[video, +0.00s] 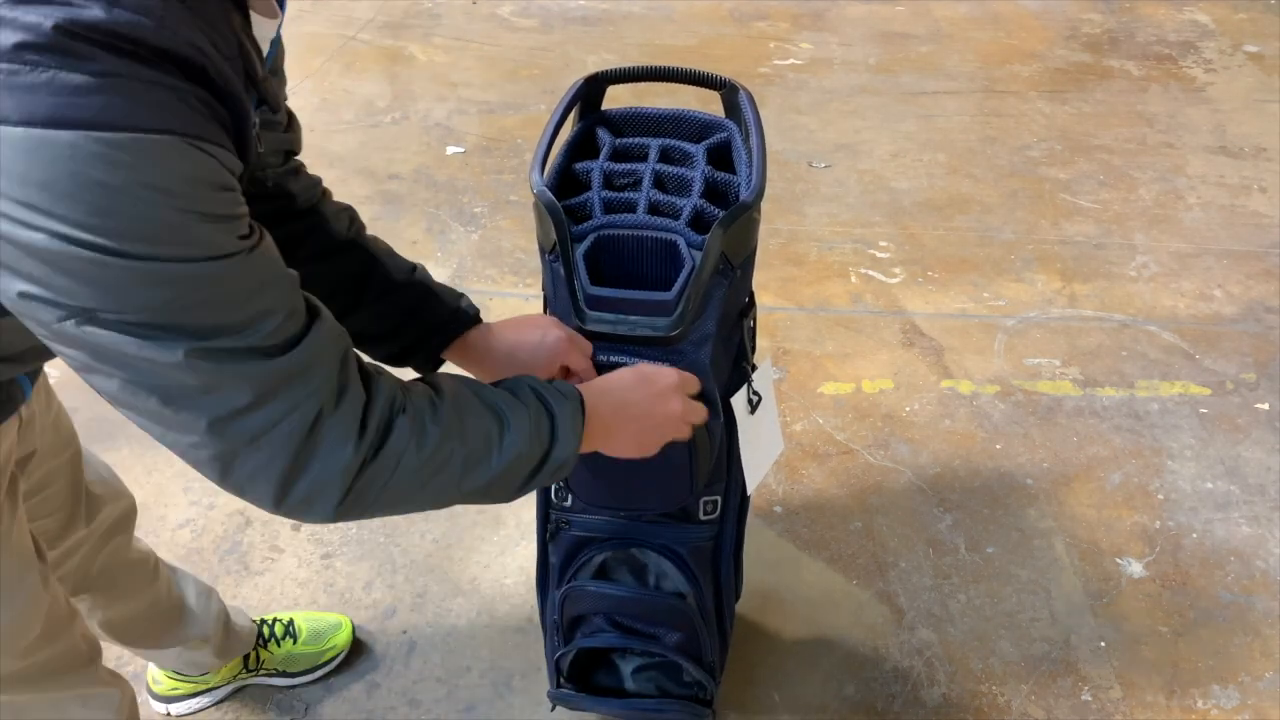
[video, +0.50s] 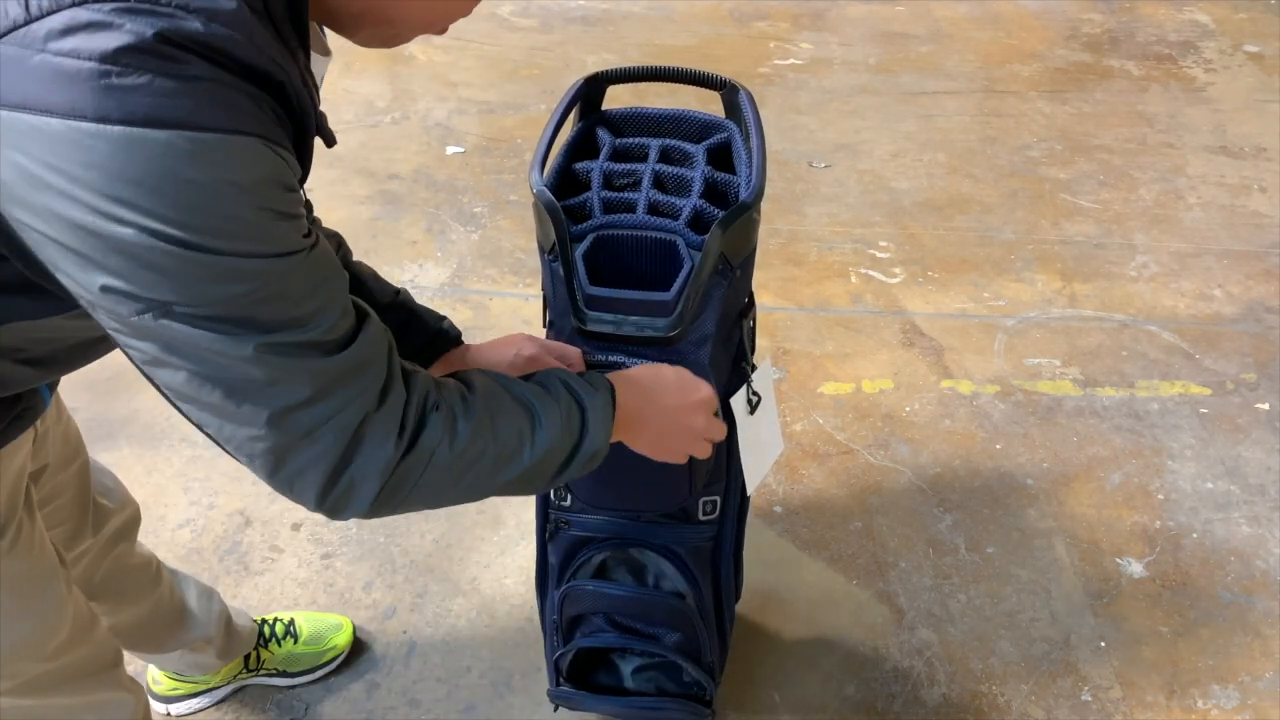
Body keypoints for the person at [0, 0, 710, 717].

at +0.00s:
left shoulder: (192, 23)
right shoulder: (72, 119)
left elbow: (272, 202)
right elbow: (315, 450)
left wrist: (465, 337)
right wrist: (584, 420)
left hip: (15, 373)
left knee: (82, 533)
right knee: (42, 668)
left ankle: (198, 653)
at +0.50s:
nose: (462, 12)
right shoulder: (134, 104)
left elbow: (264, 244)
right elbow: (350, 451)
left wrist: (442, 354)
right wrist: (612, 409)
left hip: (16, 390)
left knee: (91, 539)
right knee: (54, 670)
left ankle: (203, 655)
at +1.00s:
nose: (483, 37)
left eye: (507, 20)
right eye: (504, 13)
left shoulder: (237, 14)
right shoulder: (164, 128)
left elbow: (316, 195)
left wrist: (461, 360)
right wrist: (537, 487)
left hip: (20, 392)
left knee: (94, 532)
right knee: (69, 666)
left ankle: (202, 654)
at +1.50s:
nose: (408, 82)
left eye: (426, 56)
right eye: (398, 57)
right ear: (238, 13)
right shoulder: (32, 223)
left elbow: (373, 149)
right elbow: (201, 480)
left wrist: (523, 364)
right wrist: (479, 518)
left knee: (83, 513)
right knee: (39, 622)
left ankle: (200, 653)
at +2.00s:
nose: (383, 63)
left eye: (398, 41)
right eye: (386, 41)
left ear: (206, 2)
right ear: (211, 3)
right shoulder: (25, 257)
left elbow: (226, 145)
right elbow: (191, 485)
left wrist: (369, 316)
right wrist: (480, 506)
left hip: (45, 363)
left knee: (94, 520)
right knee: (38, 620)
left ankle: (198, 653)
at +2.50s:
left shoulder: (158, 27)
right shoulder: (80, 77)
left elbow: (259, 220)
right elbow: (259, 420)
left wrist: (419, 393)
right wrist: (530, 493)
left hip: (5, 364)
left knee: (85, 523)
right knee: (36, 653)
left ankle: (200, 653)